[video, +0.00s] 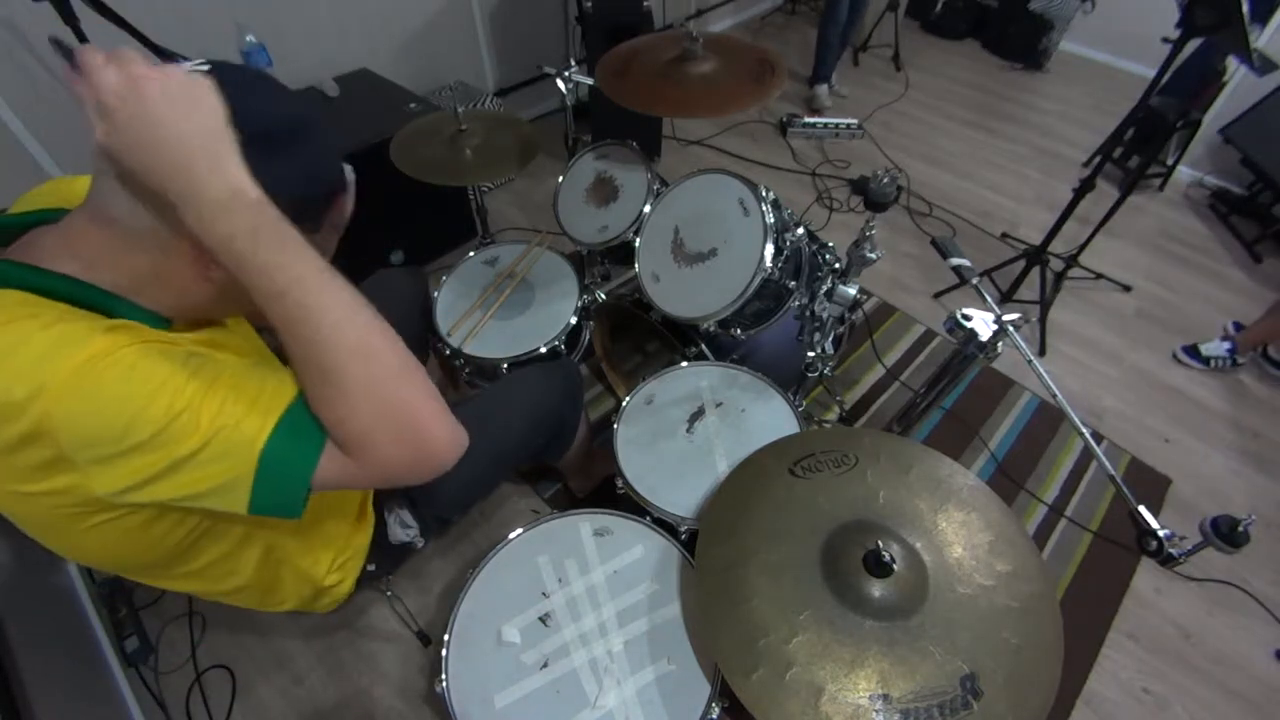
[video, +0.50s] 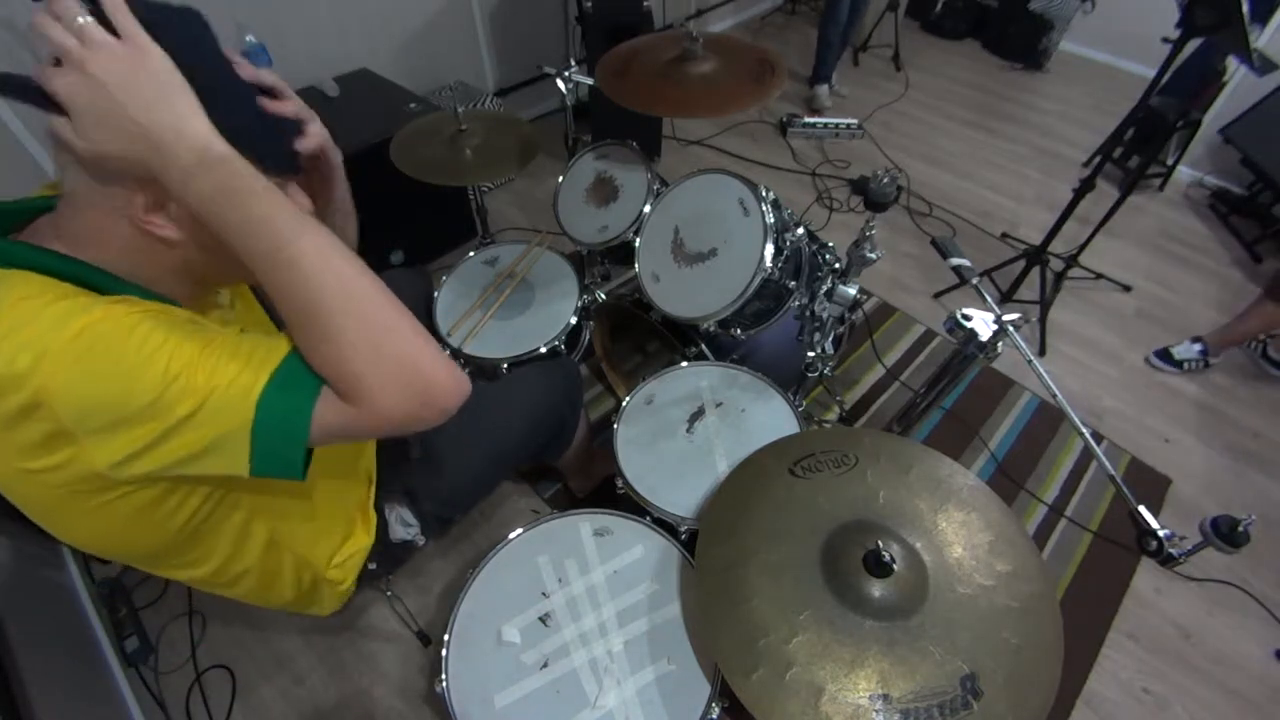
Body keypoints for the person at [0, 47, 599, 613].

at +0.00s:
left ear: (123, 180)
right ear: (215, 258)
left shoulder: (51, 209)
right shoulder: (85, 396)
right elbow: (422, 441)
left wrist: (315, 244)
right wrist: (218, 193)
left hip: (243, 377)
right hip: (334, 519)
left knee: (414, 285)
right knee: (555, 382)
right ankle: (580, 468)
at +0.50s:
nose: (292, 208)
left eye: (287, 187)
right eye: (272, 195)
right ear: (161, 217)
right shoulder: (78, 366)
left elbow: (318, 287)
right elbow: (425, 391)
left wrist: (327, 184)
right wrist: (190, 156)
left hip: (269, 364)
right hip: (341, 503)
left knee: (488, 277)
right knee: (553, 376)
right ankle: (575, 470)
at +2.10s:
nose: (184, 100)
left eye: (170, 76)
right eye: (164, 78)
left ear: (111, 113)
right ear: (116, 112)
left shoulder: (21, 254)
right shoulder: (182, 328)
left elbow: (200, 356)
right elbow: (346, 465)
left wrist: (363, 327)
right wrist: (441, 377)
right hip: (339, 527)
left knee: (401, 278)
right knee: (556, 361)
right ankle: (572, 470)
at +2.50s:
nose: (176, 90)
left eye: (161, 69)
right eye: (157, 72)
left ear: (52, 121)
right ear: (111, 110)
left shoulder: (18, 259)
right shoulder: (145, 292)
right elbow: (423, 471)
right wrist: (635, 309)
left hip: (222, 511)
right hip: (327, 533)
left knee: (397, 287)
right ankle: (578, 464)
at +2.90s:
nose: (183, 103)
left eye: (171, 78)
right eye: (167, 80)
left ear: (16, 124)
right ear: (120, 101)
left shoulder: (22, 242)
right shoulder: (108, 252)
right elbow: (368, 263)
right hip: (345, 519)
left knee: (408, 292)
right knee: (568, 378)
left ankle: (418, 404)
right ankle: (580, 473)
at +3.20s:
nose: (189, 102)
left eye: (183, 75)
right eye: (177, 76)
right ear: (119, 102)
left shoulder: (29, 225)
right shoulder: (75, 252)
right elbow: (296, 307)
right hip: (340, 505)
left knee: (416, 282)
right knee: (568, 376)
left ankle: (422, 396)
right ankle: (579, 479)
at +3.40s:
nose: (176, 129)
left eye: (173, 105)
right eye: (165, 106)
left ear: (83, 124)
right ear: (92, 122)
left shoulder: (29, 233)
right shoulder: (61, 249)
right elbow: (285, 242)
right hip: (338, 506)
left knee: (417, 284)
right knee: (565, 372)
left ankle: (419, 394)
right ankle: (575, 472)